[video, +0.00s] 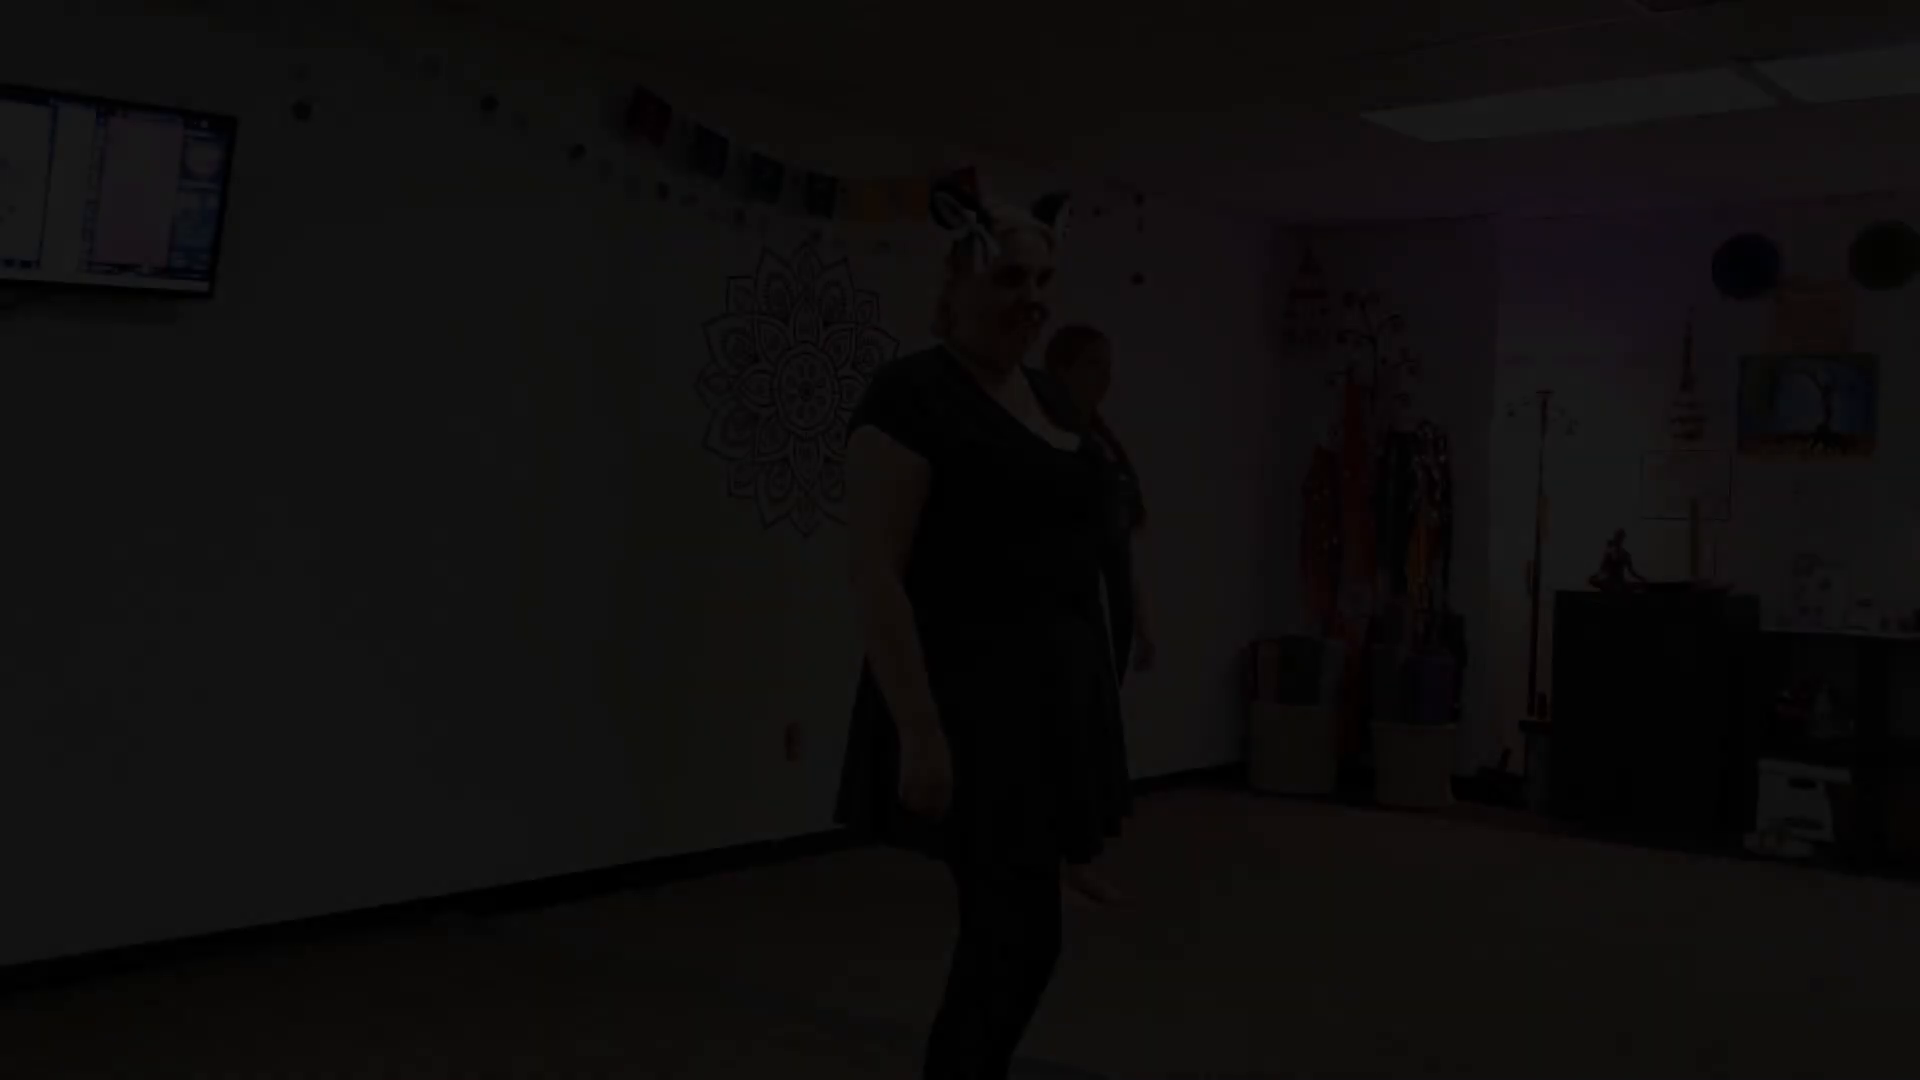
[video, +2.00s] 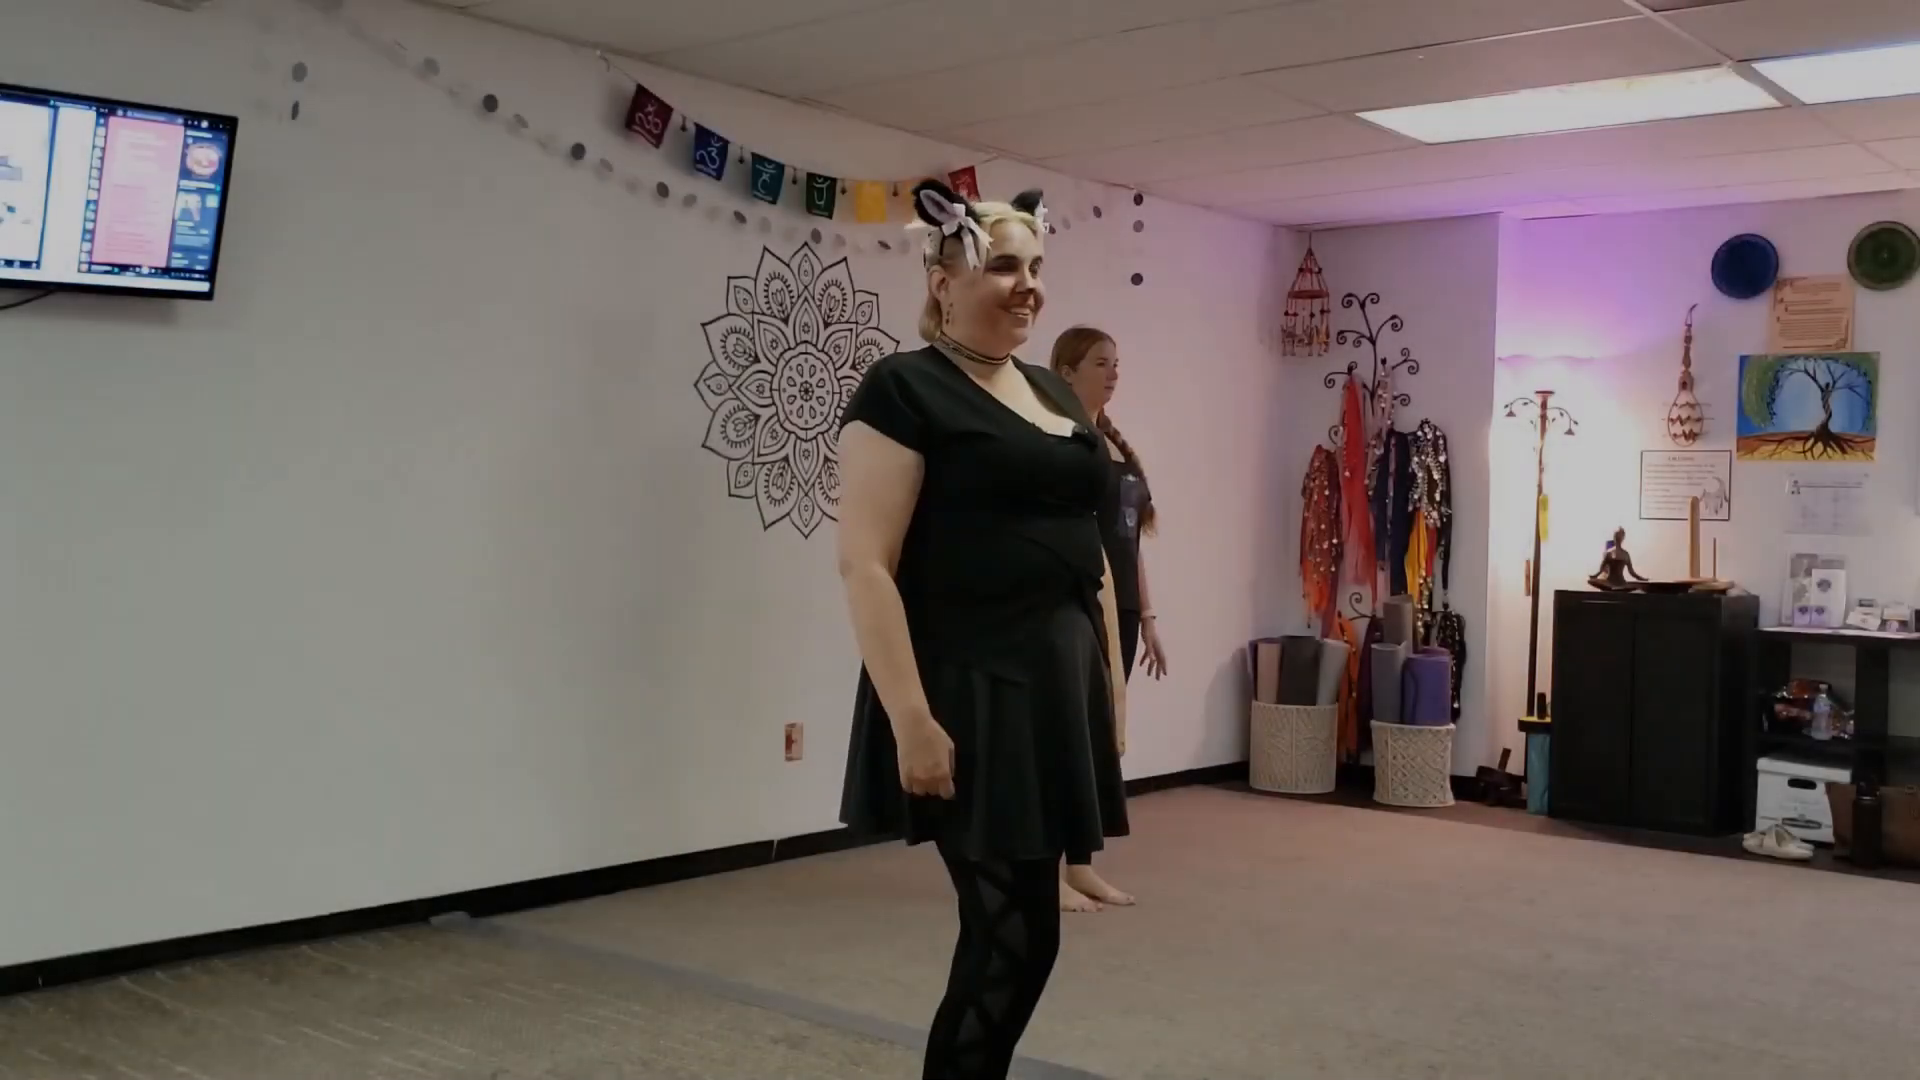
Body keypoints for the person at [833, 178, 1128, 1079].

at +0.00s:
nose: (1032, 300)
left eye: (1043, 282)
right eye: (1010, 279)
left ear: (1050, 291)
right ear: (957, 286)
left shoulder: (1040, 403)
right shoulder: (913, 396)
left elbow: (1070, 564)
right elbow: (874, 571)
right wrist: (919, 730)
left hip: (1048, 704)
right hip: (963, 709)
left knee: (1019, 940)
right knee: (1008, 945)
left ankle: (972, 1070)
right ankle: (957, 1075)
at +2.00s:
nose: (1028, 283)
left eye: (1036, 268)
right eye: (1004, 264)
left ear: (1043, 283)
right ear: (941, 282)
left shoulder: (1053, 394)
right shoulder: (902, 388)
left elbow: (1092, 555)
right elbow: (863, 564)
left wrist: (1112, 681)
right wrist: (910, 721)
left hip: (1055, 690)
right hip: (959, 692)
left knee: (1015, 938)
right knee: (1015, 940)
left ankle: (967, 1072)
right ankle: (955, 1070)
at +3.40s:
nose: (1048, 282)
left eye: (1059, 265)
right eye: (1025, 264)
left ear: (1068, 271)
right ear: (967, 272)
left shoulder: (1075, 383)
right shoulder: (921, 375)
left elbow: (1116, 549)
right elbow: (846, 541)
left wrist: (1222, 635)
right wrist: (830, 698)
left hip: (1051, 666)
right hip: (942, 664)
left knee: (990, 918)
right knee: (1074, 898)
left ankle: (965, 1076)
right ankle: (1033, 1070)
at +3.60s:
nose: (1061, 276)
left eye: (1074, 258)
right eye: (1035, 259)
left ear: (1088, 275)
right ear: (989, 276)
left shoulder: (1109, 401)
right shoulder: (945, 376)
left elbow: (1157, 555)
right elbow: (854, 534)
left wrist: (1310, 548)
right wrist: (778, 678)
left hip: (1071, 678)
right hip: (960, 680)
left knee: (999, 932)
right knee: (1061, 940)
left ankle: (972, 1074)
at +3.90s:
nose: (1079, 266)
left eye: (1096, 247)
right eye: (1054, 253)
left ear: (1127, 268)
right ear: (1023, 284)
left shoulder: (1181, 398)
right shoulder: (982, 389)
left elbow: (1258, 547)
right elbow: (879, 552)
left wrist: (1384, 456)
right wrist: (772, 681)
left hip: (1136, 715)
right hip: (998, 709)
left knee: (1101, 966)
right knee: (1070, 977)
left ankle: (1016, 1065)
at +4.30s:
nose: (1081, 243)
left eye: (1108, 227)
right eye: (1061, 225)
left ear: (1150, 253)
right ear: (1037, 249)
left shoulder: (1214, 364)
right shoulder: (983, 377)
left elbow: (1299, 534)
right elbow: (894, 550)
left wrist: (1424, 547)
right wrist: (766, 637)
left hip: (1180, 718)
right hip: (1024, 721)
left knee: (1168, 996)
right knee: (1073, 1008)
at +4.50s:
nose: (1054, 222)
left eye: (1086, 201)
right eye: (1042, 206)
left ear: (1148, 224)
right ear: (1029, 234)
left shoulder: (1219, 369)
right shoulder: (989, 367)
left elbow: (1286, 569)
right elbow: (918, 551)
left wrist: (1374, 699)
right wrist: (803, 641)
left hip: (1164, 749)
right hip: (1010, 748)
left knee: (1103, 1047)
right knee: (1061, 1041)